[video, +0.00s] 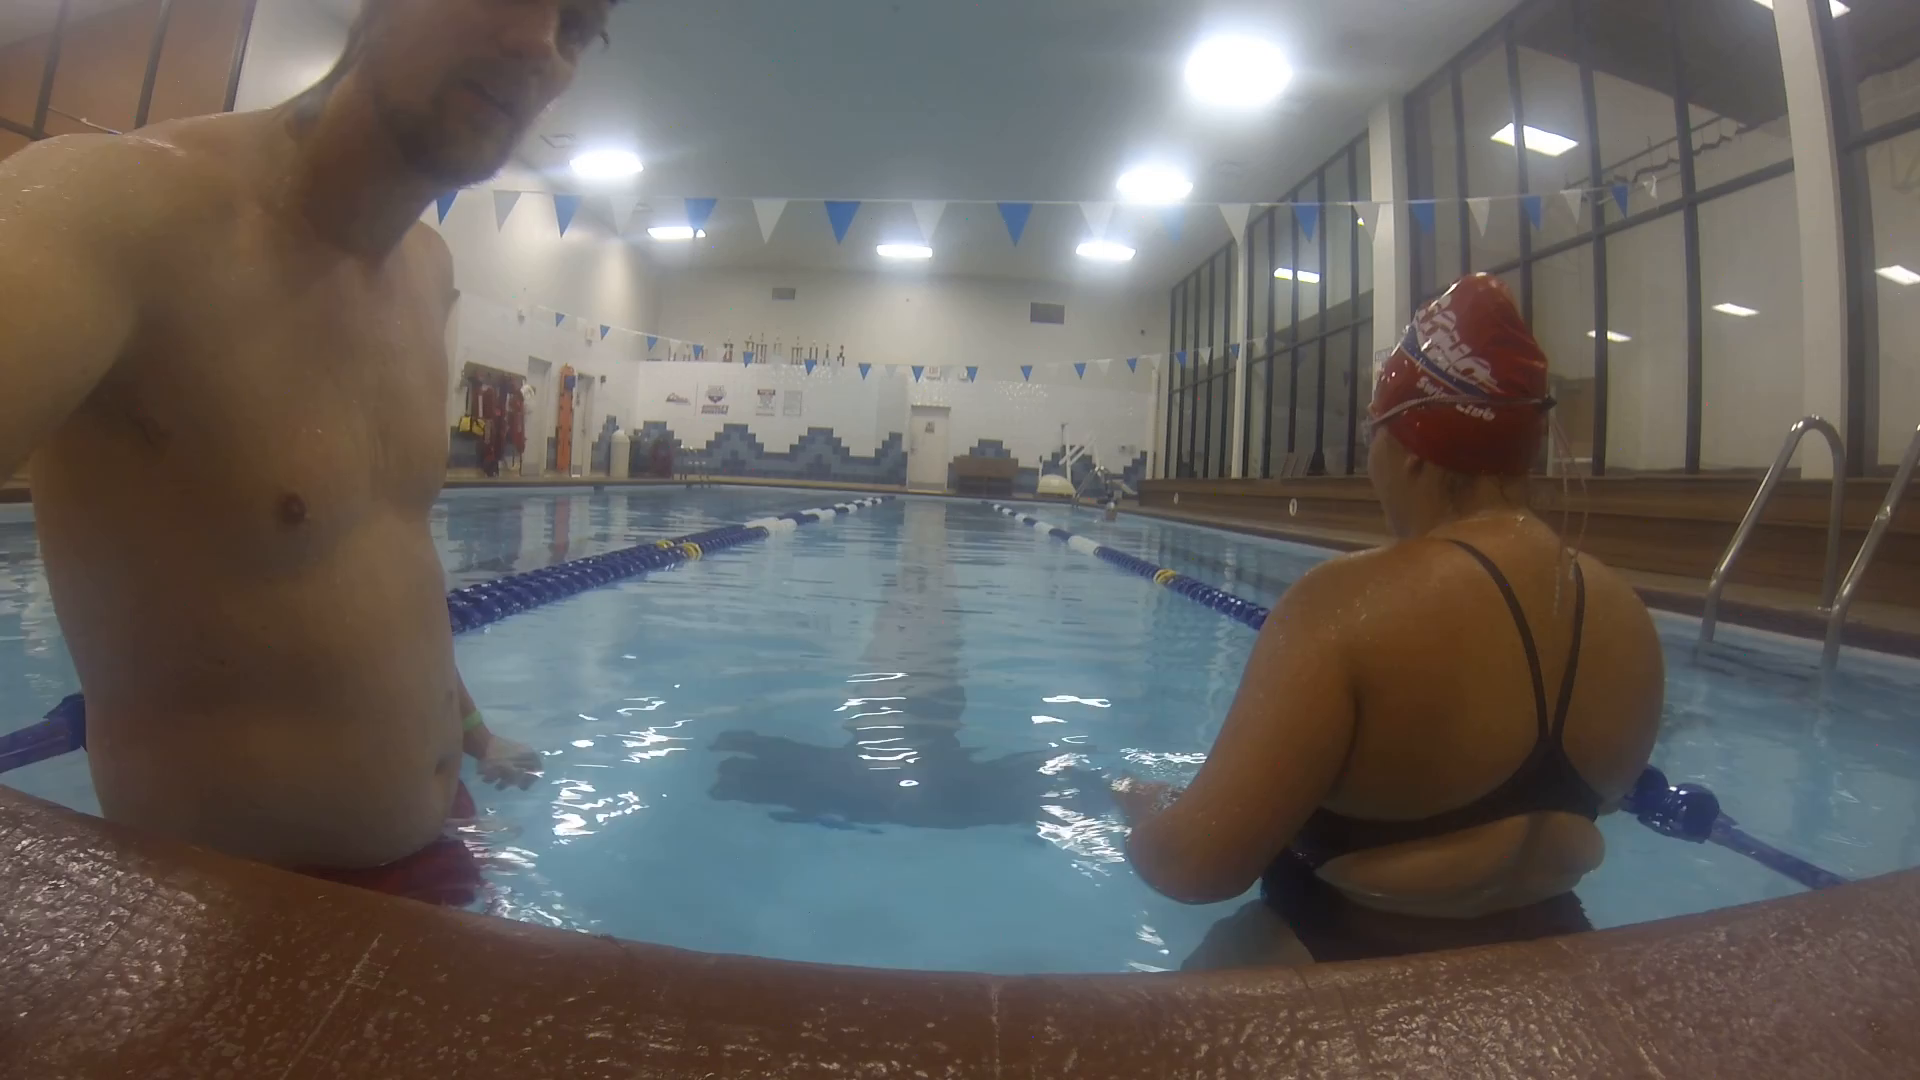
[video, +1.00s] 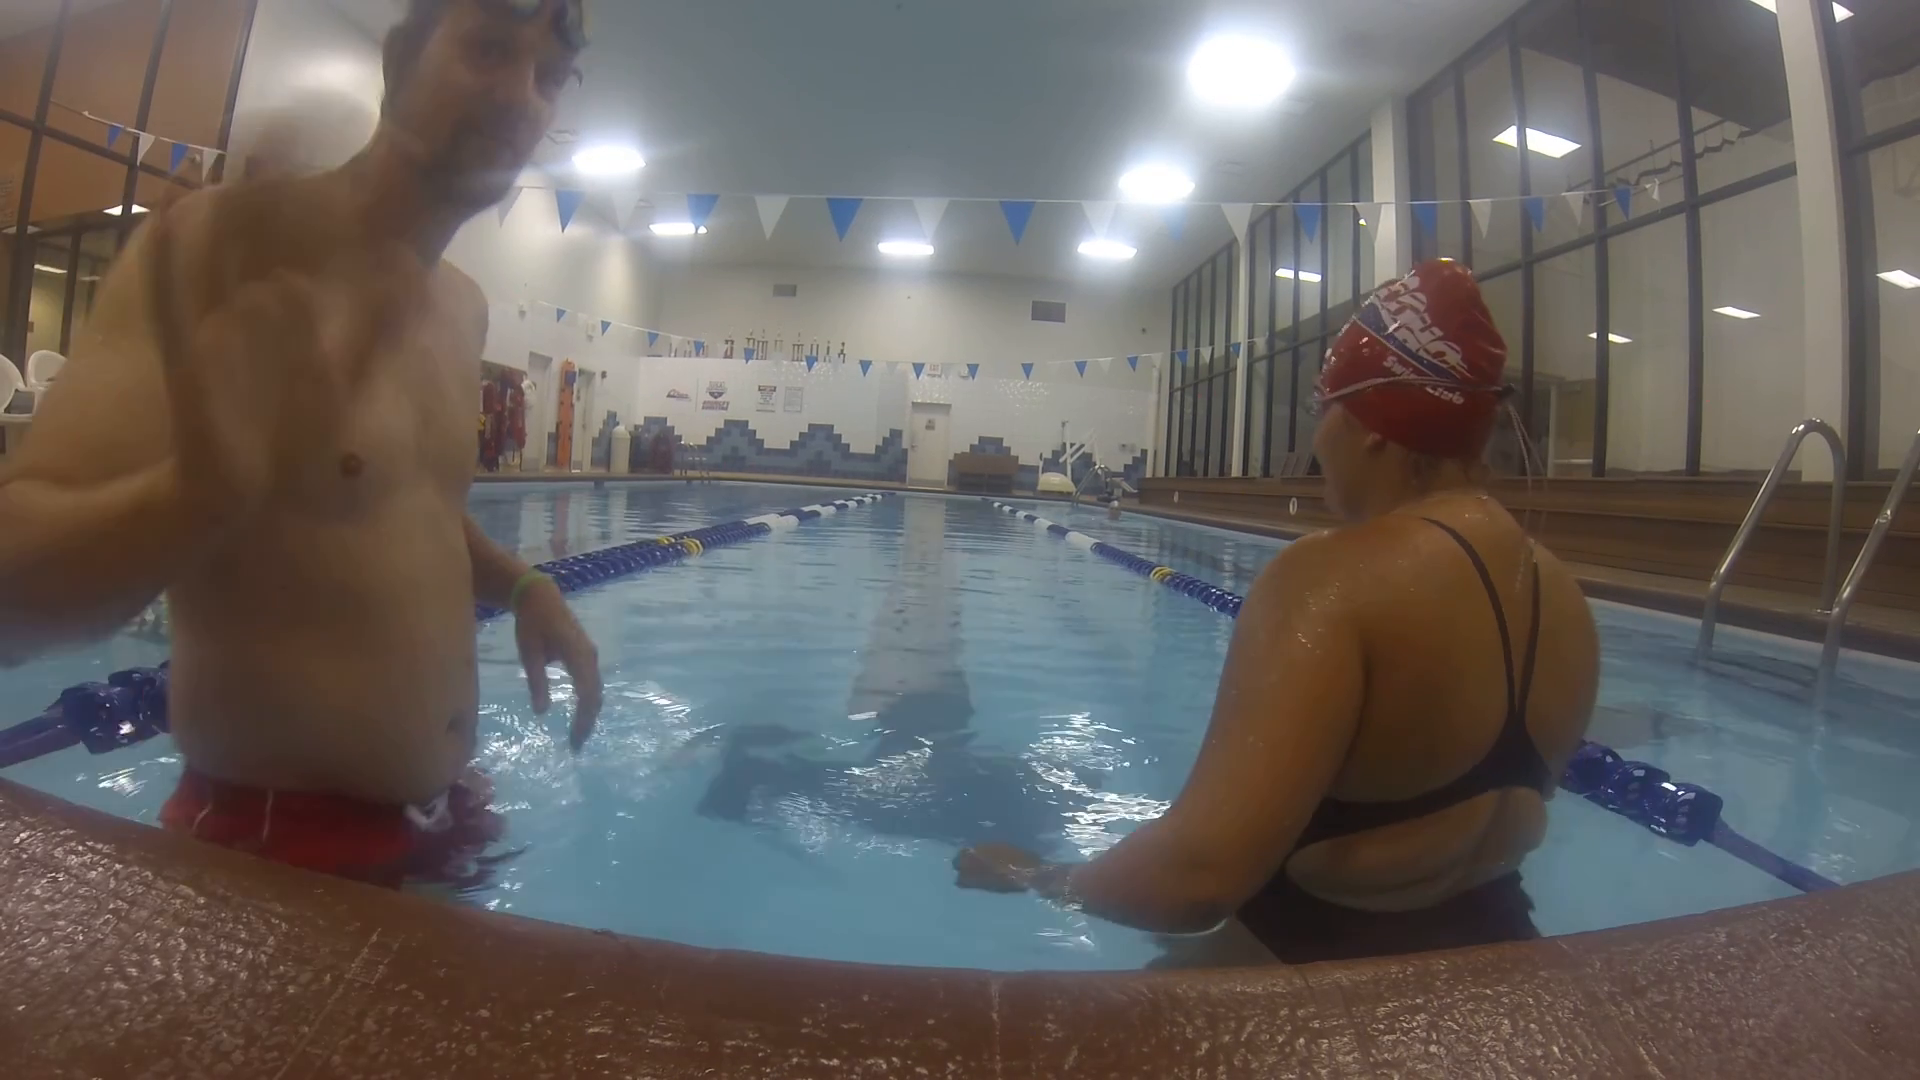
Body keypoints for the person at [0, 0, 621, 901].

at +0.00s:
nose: (540, 45)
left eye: (576, 29)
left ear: (576, 73)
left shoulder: (425, 262)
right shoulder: (104, 212)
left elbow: (379, 554)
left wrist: (467, 726)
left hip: (432, 871)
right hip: (226, 910)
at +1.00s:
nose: (523, 97)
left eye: (550, 78)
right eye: (490, 50)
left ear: (556, 114)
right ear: (398, 61)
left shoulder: (459, 305)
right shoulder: (215, 244)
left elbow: (418, 511)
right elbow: (16, 582)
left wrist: (522, 586)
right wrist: (198, 495)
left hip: (441, 826)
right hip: (267, 839)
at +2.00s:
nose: (649, 336)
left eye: (667, 321)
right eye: (632, 299)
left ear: (674, 332)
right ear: (566, 279)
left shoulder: (570, 446)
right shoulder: (401, 339)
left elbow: (521, 590)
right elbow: (233, 510)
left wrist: (540, 623)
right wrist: (395, 494)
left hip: (459, 746)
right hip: (312, 742)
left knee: (476, 839)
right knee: (341, 939)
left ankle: (450, 902)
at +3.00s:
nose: (546, 185)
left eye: (553, 163)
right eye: (520, 155)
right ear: (431, 166)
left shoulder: (513, 364)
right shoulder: (299, 331)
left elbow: (518, 532)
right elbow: (192, 560)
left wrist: (535, 620)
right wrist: (375, 685)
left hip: (474, 753)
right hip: (339, 759)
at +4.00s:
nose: (404, 120)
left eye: (423, 99)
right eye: (369, 86)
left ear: (433, 130)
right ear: (291, 104)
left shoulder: (396, 330)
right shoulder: (188, 283)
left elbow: (395, 539)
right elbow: (134, 609)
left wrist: (433, 710)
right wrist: (370, 776)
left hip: (383, 787)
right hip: (244, 799)